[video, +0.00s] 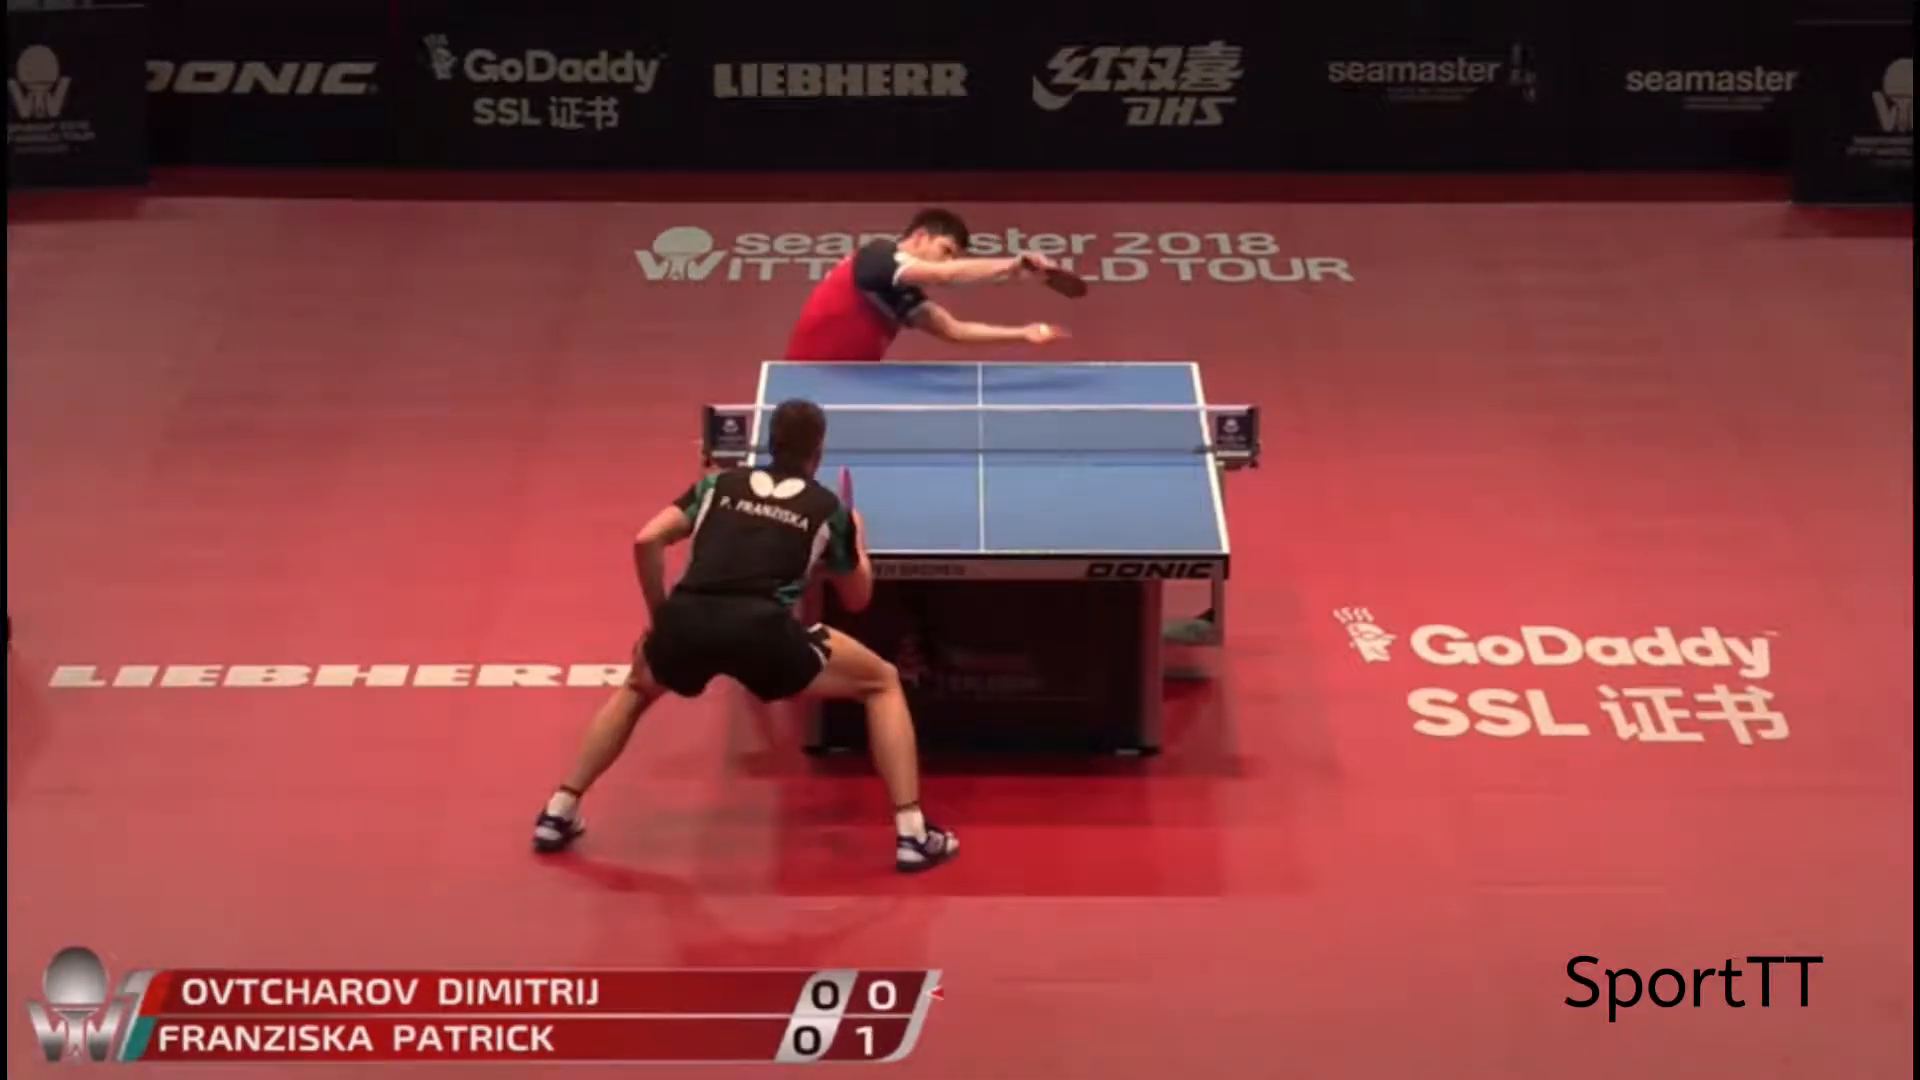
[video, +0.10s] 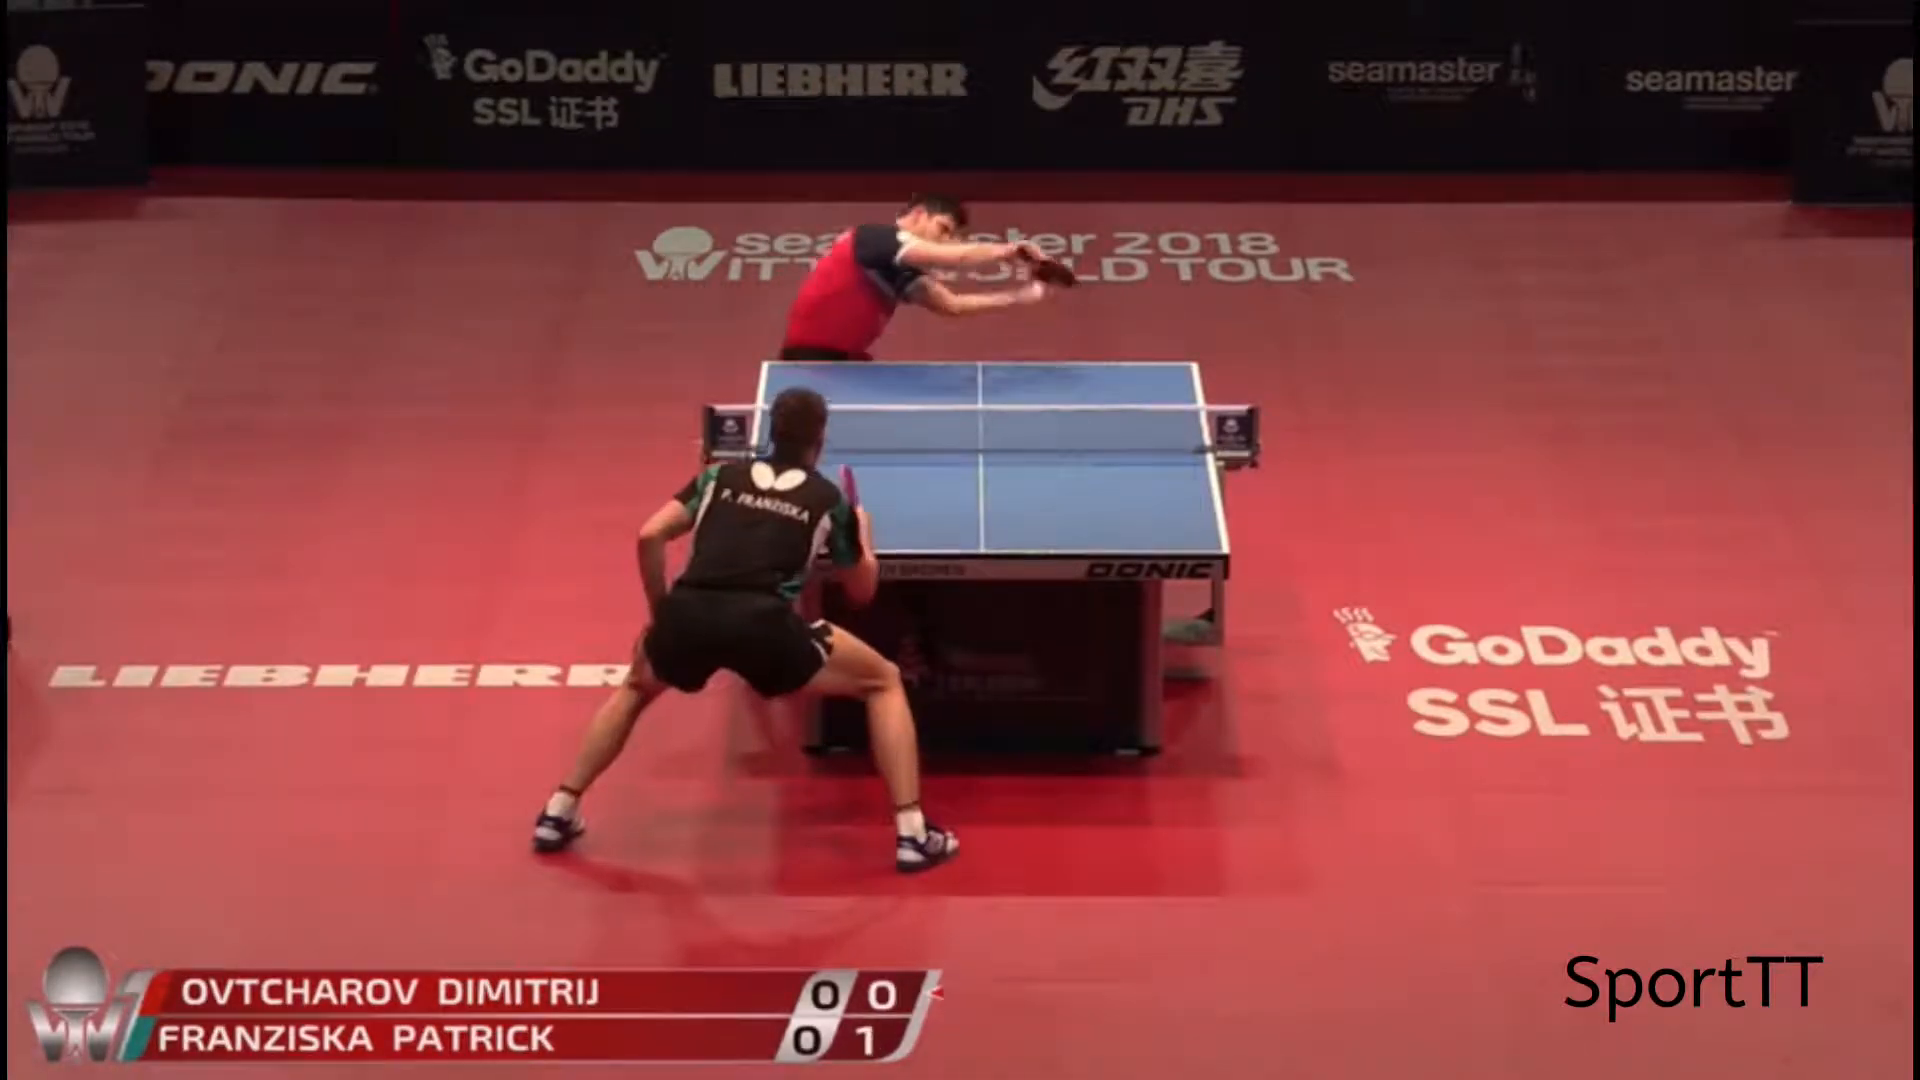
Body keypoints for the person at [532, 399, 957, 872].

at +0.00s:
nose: (814, 454)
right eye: (817, 446)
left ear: (769, 445)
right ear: (818, 452)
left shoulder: (718, 484)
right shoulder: (831, 511)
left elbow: (648, 540)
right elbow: (856, 598)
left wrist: (658, 616)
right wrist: (856, 544)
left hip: (687, 620)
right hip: (765, 629)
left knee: (634, 692)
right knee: (882, 683)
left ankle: (559, 808)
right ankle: (913, 831)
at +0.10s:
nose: (819, 439)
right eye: (820, 432)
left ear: (770, 434)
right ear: (818, 440)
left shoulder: (721, 476)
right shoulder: (832, 502)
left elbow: (650, 535)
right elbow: (862, 590)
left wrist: (659, 612)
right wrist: (862, 537)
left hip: (689, 614)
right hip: (766, 623)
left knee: (634, 690)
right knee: (883, 682)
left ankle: (559, 809)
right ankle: (913, 831)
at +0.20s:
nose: (820, 422)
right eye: (822, 415)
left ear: (774, 416)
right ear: (823, 424)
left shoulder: (725, 461)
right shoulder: (836, 487)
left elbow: (657, 527)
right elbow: (869, 577)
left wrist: (663, 603)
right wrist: (876, 520)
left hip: (694, 603)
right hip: (769, 613)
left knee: (635, 687)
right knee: (887, 681)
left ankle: (560, 808)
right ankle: (913, 831)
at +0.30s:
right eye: (829, 386)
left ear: (781, 389)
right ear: (831, 395)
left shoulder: (736, 435)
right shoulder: (846, 461)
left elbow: (671, 509)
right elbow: (885, 553)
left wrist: (680, 582)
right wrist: (900, 512)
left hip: (706, 585)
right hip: (782, 594)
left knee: (636, 683)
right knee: (888, 679)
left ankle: (559, 810)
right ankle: (913, 831)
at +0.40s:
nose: (822, 386)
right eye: (829, 380)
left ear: (781, 383)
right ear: (832, 388)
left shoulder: (735, 430)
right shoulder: (848, 456)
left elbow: (673, 505)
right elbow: (888, 550)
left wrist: (684, 576)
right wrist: (904, 508)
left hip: (708, 580)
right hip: (783, 590)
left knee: (635, 679)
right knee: (888, 678)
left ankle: (562, 810)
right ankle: (913, 832)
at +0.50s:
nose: (819, 378)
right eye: (823, 370)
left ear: (775, 374)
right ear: (827, 378)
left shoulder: (726, 425)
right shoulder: (837, 447)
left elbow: (665, 502)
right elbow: (887, 538)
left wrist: (683, 562)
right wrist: (911, 502)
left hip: (699, 577)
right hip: (777, 586)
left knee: (628, 680)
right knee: (880, 680)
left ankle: (568, 816)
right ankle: (914, 833)